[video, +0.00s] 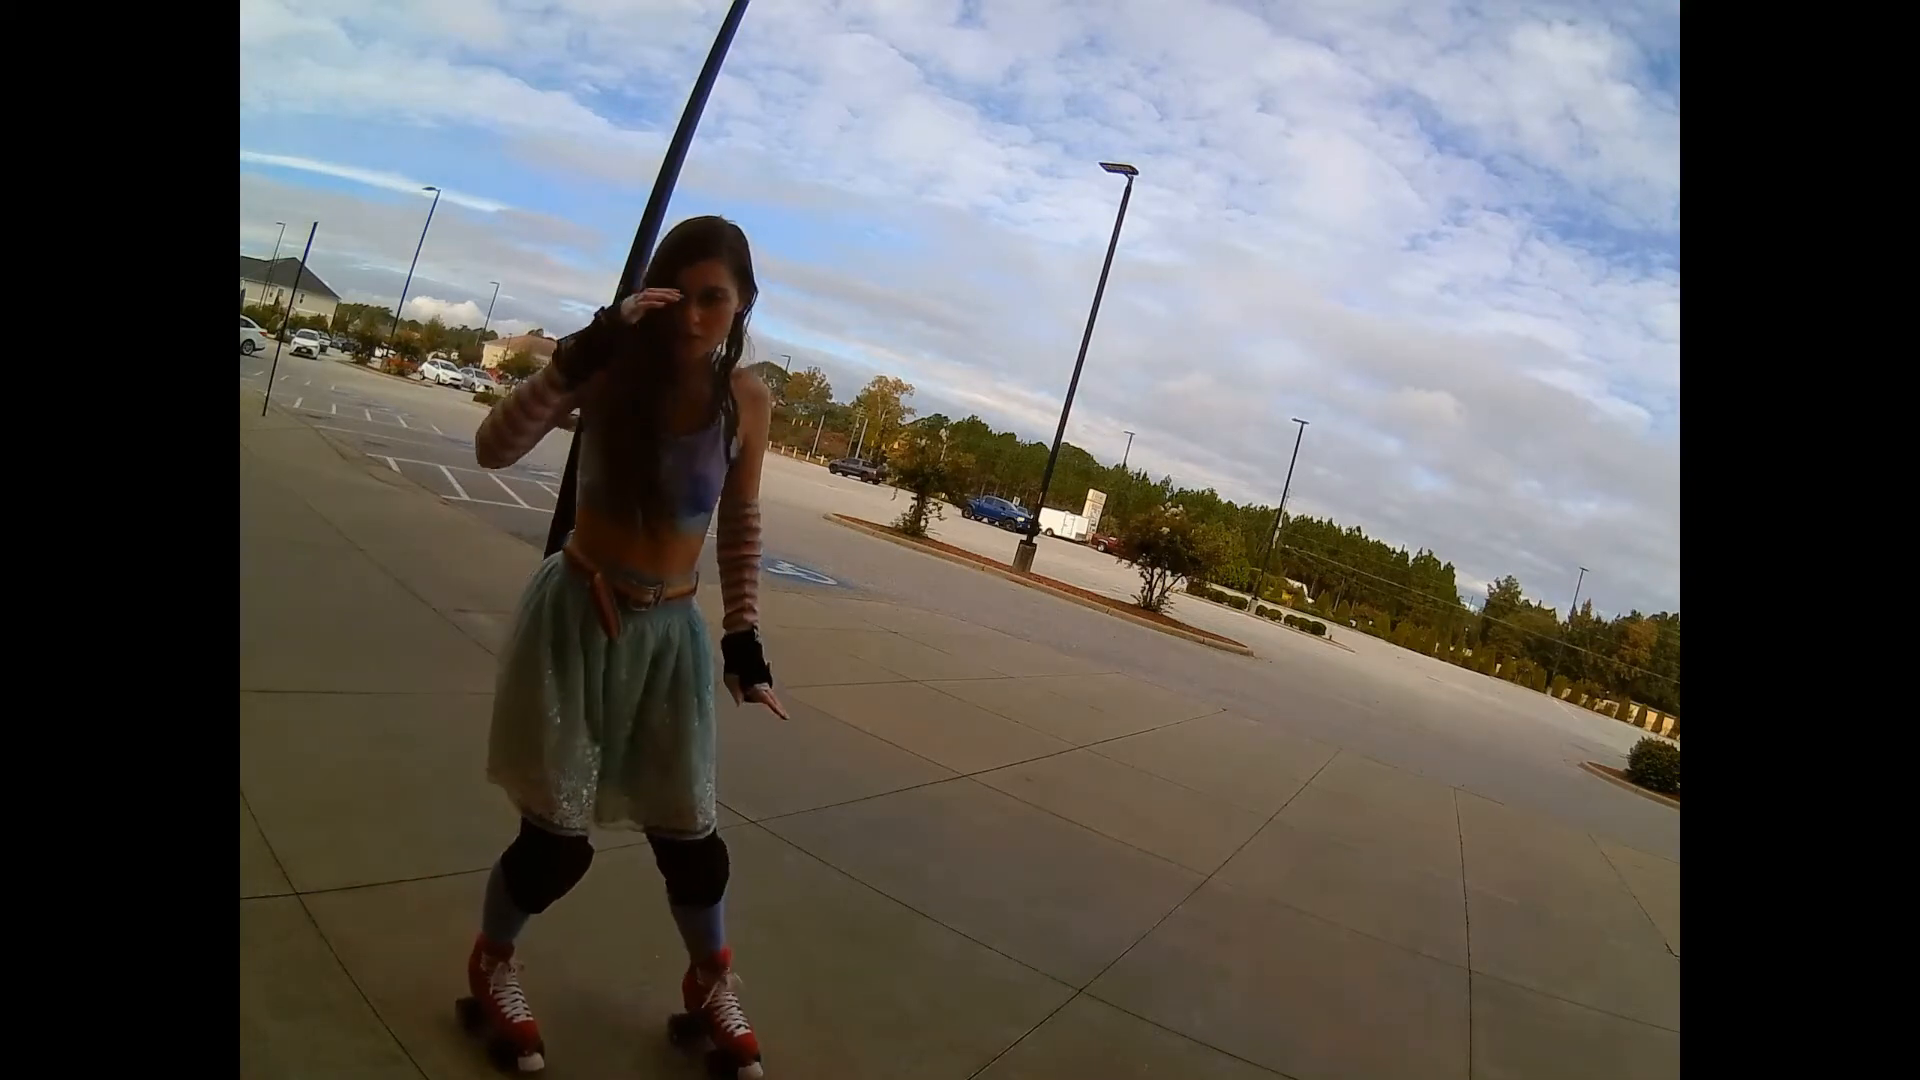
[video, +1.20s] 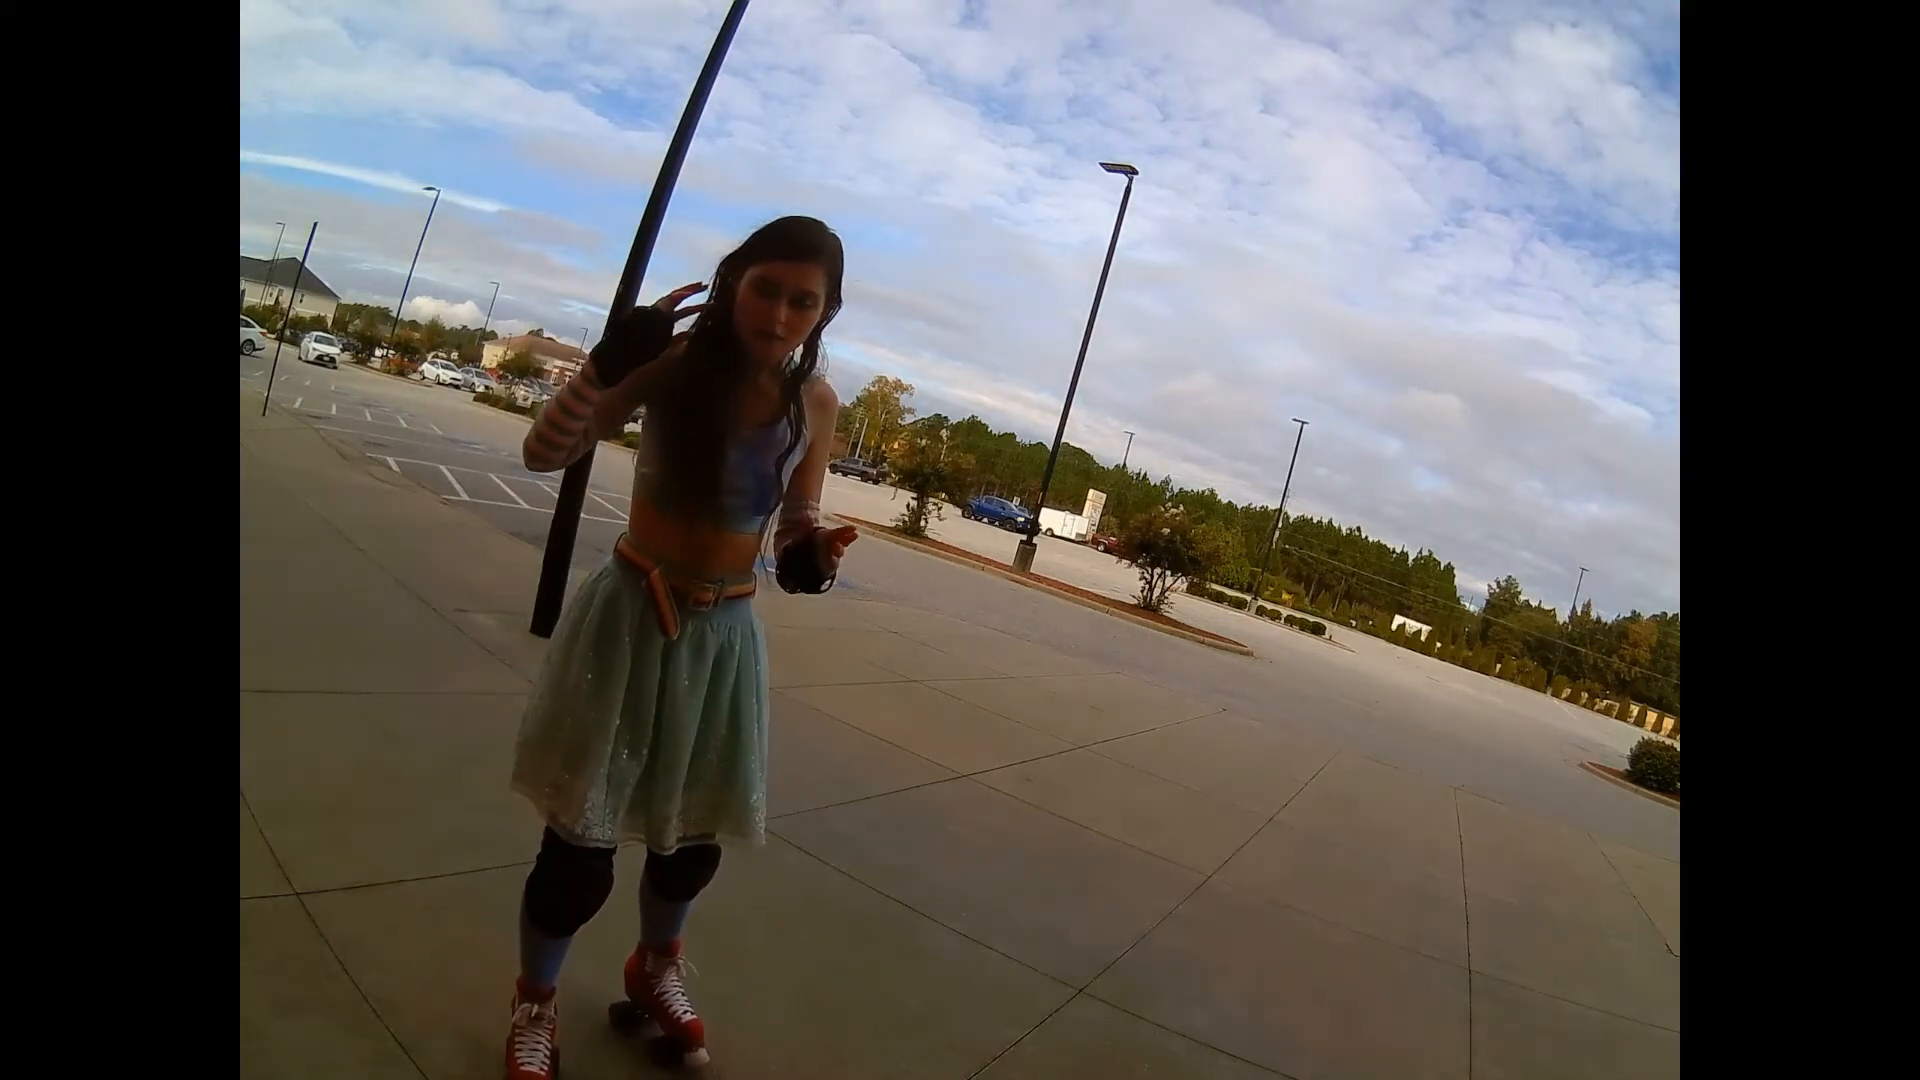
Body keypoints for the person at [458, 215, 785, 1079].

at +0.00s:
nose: (693, 313)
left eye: (714, 299)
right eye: (680, 294)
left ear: (741, 307)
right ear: (653, 293)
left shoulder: (744, 399)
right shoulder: (607, 363)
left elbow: (741, 523)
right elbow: (495, 449)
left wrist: (742, 634)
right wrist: (593, 348)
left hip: (672, 629)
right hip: (574, 615)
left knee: (694, 848)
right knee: (557, 847)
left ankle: (711, 990)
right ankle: (491, 964)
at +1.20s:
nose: (778, 316)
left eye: (803, 302)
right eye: (765, 290)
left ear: (824, 315)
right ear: (730, 285)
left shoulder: (813, 405)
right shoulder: (670, 364)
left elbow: (797, 524)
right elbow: (544, 454)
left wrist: (809, 552)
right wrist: (597, 374)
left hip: (726, 631)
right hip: (630, 616)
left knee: (692, 844)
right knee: (579, 854)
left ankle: (656, 973)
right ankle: (535, 1004)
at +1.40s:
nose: (767, 322)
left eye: (792, 307)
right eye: (755, 295)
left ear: (816, 319)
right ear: (722, 288)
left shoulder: (795, 408)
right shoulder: (660, 367)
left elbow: (808, 550)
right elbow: (532, 468)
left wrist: (810, 435)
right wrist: (583, 367)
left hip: (720, 637)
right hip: (625, 624)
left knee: (686, 848)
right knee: (582, 866)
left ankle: (650, 967)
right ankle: (536, 1016)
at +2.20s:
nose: (774, 327)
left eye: (799, 304)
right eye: (755, 300)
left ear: (832, 317)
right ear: (723, 300)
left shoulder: (818, 414)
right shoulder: (658, 384)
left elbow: (784, 568)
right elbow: (533, 516)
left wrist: (771, 514)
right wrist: (537, 479)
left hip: (713, 647)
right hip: (616, 637)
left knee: (694, 868)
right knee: (590, 895)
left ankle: (663, 990)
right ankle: (536, 1041)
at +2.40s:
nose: (797, 325)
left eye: (821, 305)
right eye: (778, 299)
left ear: (850, 319)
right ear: (743, 299)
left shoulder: (829, 417)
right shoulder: (675, 381)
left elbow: (801, 578)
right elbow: (566, 498)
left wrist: (775, 492)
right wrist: (570, 564)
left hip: (721, 651)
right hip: (623, 640)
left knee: (700, 877)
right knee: (591, 904)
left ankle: (674, 998)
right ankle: (535, 1043)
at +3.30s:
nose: (858, 290)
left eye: (883, 276)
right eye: (838, 267)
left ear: (905, 305)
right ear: (800, 280)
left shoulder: (890, 413)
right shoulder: (727, 367)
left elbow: (879, 518)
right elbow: (582, 425)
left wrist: (842, 612)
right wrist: (573, 560)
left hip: (778, 673)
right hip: (668, 647)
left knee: (747, 900)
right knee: (601, 897)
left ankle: (719, 1034)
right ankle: (536, 1035)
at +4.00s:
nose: (914, 302)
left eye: (918, 284)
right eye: (898, 281)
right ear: (834, 283)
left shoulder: (870, 409)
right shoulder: (724, 376)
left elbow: (897, 558)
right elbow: (572, 463)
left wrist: (955, 549)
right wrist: (572, 612)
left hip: (781, 669)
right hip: (683, 652)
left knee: (746, 893)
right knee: (610, 896)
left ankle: (711, 1032)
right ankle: (538, 1027)